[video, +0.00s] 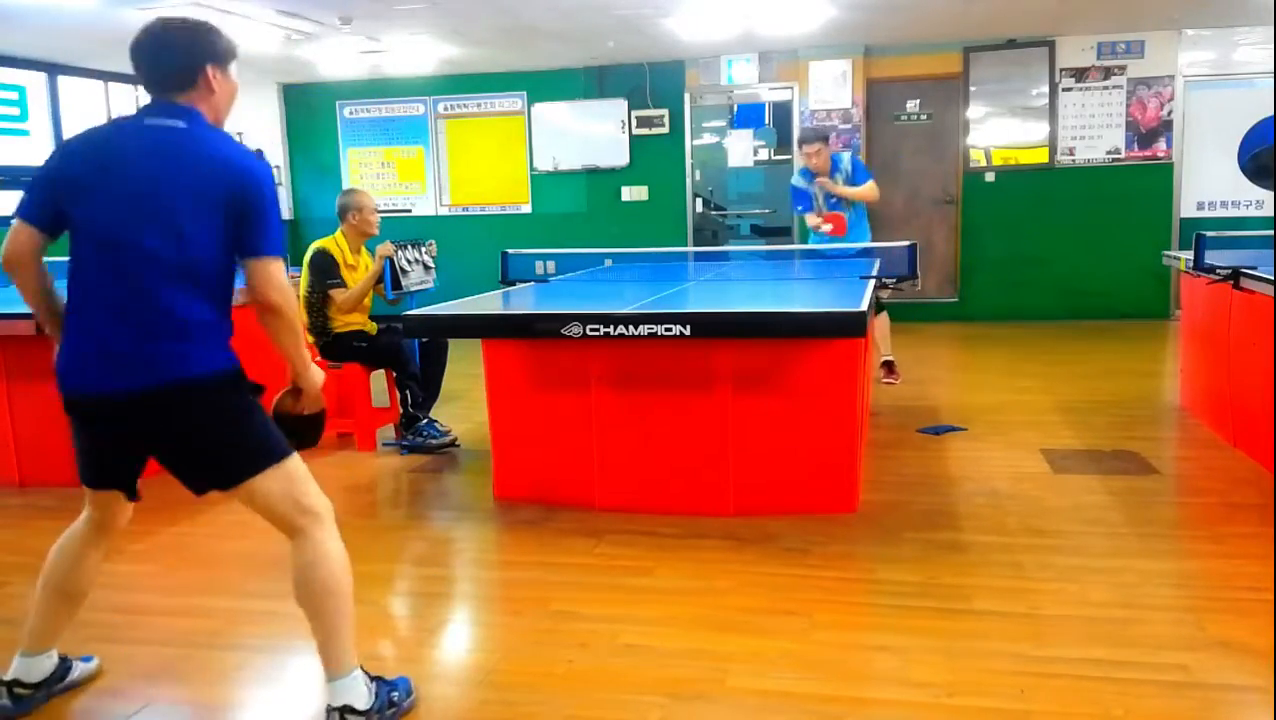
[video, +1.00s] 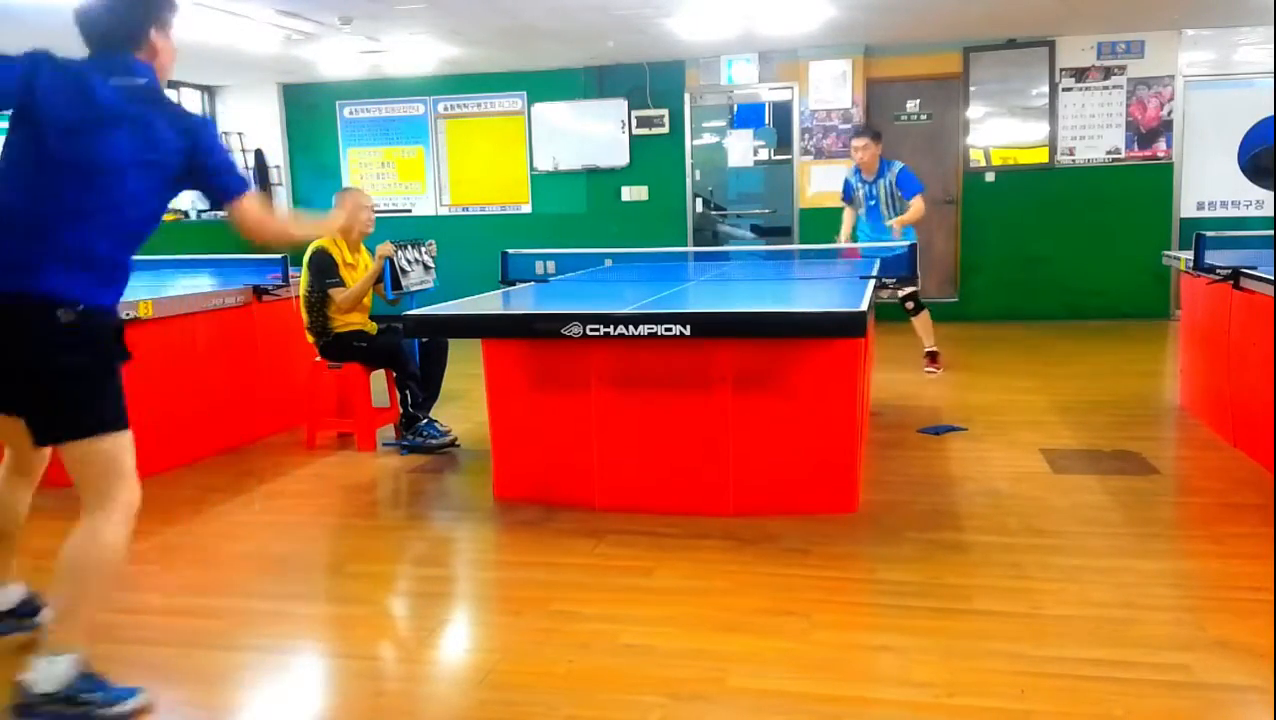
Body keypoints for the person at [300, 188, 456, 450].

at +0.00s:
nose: (379, 217)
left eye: (378, 211)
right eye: (373, 212)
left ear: (356, 218)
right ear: (353, 218)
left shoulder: (364, 255)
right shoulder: (322, 252)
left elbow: (391, 297)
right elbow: (344, 304)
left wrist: (420, 260)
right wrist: (377, 266)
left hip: (364, 331)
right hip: (335, 340)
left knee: (435, 340)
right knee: (402, 346)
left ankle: (419, 419)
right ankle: (412, 426)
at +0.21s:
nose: (378, 217)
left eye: (377, 211)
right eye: (373, 212)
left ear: (355, 218)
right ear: (351, 217)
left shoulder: (364, 255)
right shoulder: (322, 253)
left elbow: (391, 297)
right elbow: (344, 304)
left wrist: (419, 261)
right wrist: (378, 266)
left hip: (364, 330)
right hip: (335, 337)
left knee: (435, 339)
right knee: (402, 347)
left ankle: (419, 419)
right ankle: (411, 426)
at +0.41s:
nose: (373, 218)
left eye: (374, 212)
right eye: (365, 212)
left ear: (375, 216)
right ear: (344, 215)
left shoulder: (365, 255)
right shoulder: (322, 252)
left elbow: (391, 298)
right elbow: (344, 304)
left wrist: (420, 261)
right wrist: (377, 267)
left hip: (364, 330)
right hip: (334, 338)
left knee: (435, 339)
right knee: (402, 346)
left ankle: (419, 418)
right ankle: (412, 425)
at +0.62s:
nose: (363, 218)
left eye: (368, 212)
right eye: (356, 212)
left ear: (373, 216)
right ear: (339, 215)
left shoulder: (364, 254)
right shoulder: (321, 252)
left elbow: (391, 297)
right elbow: (344, 303)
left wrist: (419, 260)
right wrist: (377, 266)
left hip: (364, 330)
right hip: (335, 338)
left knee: (435, 339)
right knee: (402, 347)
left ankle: (419, 419)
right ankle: (412, 426)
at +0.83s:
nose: (359, 217)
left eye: (365, 211)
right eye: (351, 211)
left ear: (371, 216)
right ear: (337, 215)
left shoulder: (365, 254)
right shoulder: (322, 252)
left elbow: (392, 298)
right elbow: (344, 303)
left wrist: (419, 260)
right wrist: (378, 266)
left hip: (364, 330)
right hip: (335, 338)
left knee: (435, 339)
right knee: (402, 346)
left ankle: (419, 419)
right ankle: (412, 426)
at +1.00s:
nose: (373, 217)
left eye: (373, 210)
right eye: (366, 210)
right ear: (345, 212)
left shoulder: (363, 252)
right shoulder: (321, 252)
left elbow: (391, 298)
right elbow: (344, 303)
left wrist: (419, 260)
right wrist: (377, 266)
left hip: (364, 330)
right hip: (335, 339)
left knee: (435, 339)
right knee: (402, 347)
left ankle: (420, 419)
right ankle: (412, 427)